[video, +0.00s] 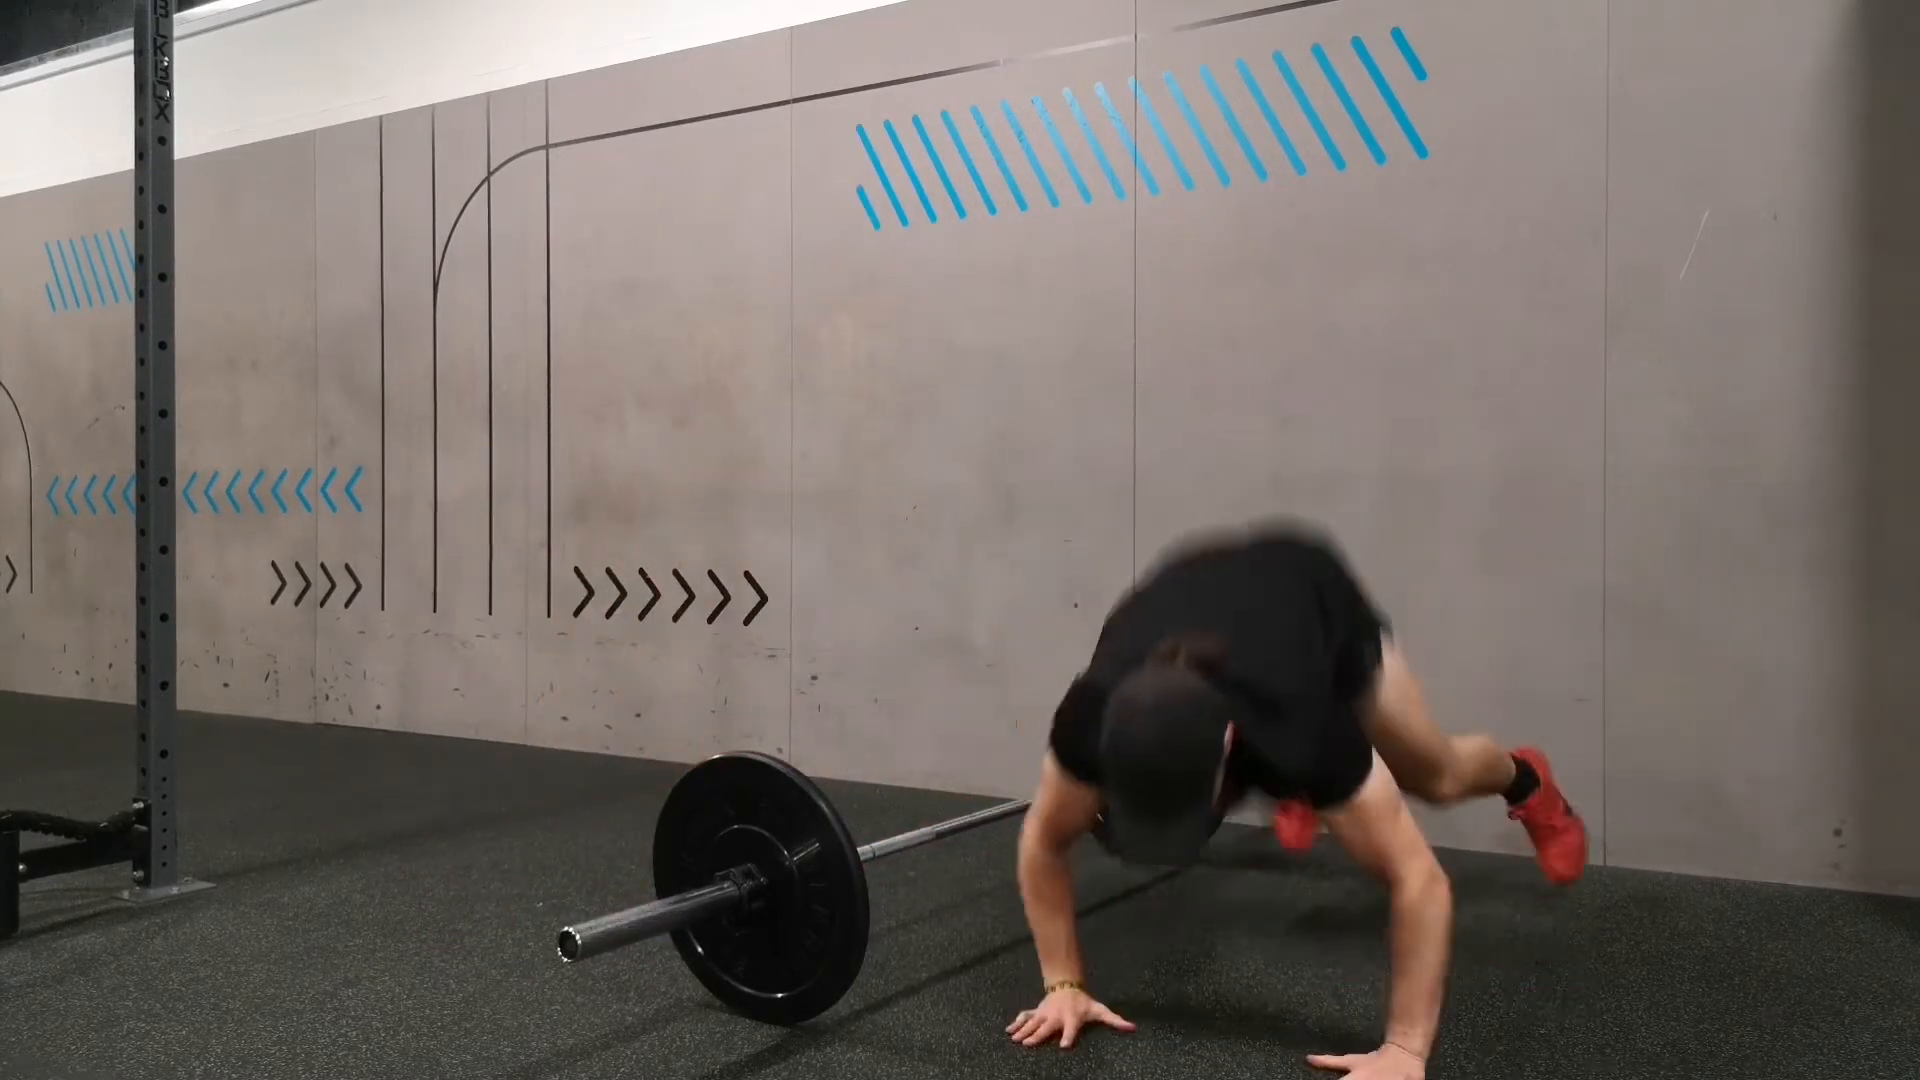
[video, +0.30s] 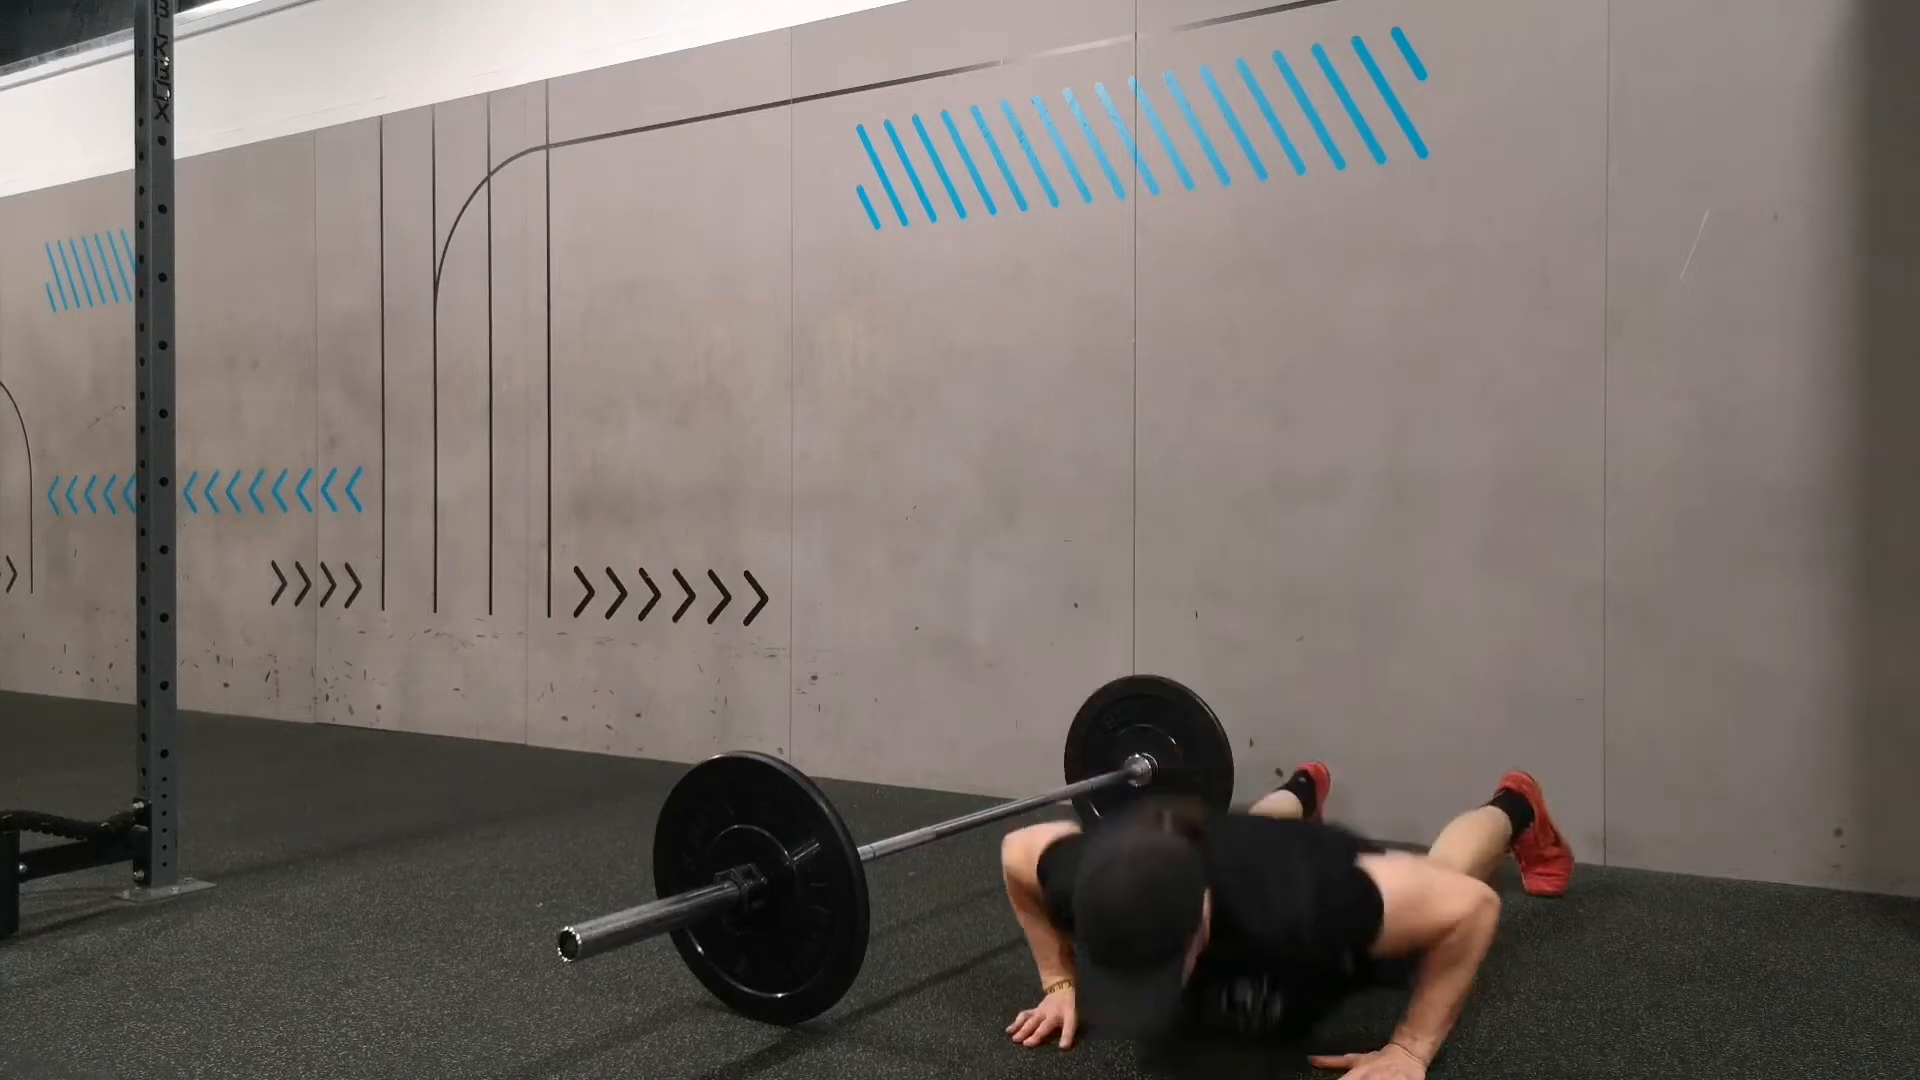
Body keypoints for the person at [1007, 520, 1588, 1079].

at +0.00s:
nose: (1188, 824)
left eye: (1196, 811)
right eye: (1161, 817)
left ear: (1226, 757)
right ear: (1110, 765)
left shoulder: (1308, 740)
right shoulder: (1085, 726)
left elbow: (1421, 882)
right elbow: (1043, 844)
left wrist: (1406, 1048)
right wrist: (1061, 984)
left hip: (1303, 580)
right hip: (1176, 584)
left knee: (1437, 776)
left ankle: (1525, 778)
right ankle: (1294, 787)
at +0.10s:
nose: (1168, 864)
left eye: (1176, 846)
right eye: (1146, 853)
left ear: (1209, 787)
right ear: (1096, 798)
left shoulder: (1300, 771)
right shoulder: (1076, 769)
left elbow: (1436, 887)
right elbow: (1032, 853)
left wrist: (1407, 1048)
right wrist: (1061, 983)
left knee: (1432, 828)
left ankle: (1519, 799)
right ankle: (1304, 826)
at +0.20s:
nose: (1168, 906)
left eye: (1175, 888)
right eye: (1143, 897)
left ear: (1202, 839)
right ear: (1091, 842)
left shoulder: (1292, 825)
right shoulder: (1077, 818)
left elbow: (1456, 901)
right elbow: (1024, 862)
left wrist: (1408, 1049)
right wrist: (1061, 983)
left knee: (1437, 864)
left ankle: (1516, 807)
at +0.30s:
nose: (1163, 988)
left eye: (1172, 971)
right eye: (1138, 977)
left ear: (1202, 919)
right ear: (1094, 917)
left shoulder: (1305, 894)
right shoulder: (1077, 877)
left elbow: (1468, 910)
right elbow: (1017, 855)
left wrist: (1412, 1049)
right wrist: (1057, 981)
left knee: (1452, 871)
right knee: (1245, 831)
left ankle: (1512, 806)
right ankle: (1301, 793)